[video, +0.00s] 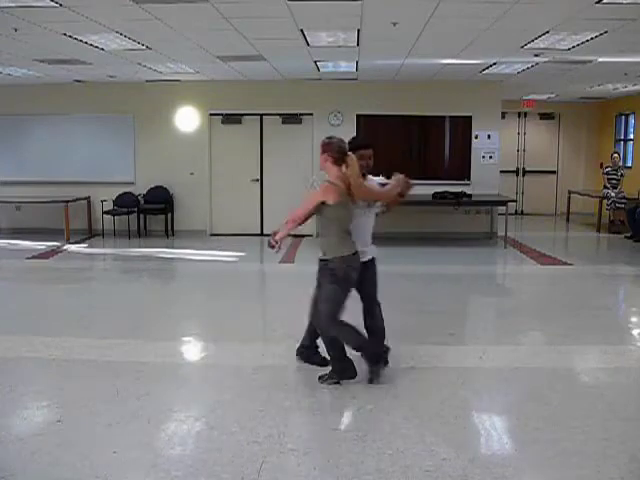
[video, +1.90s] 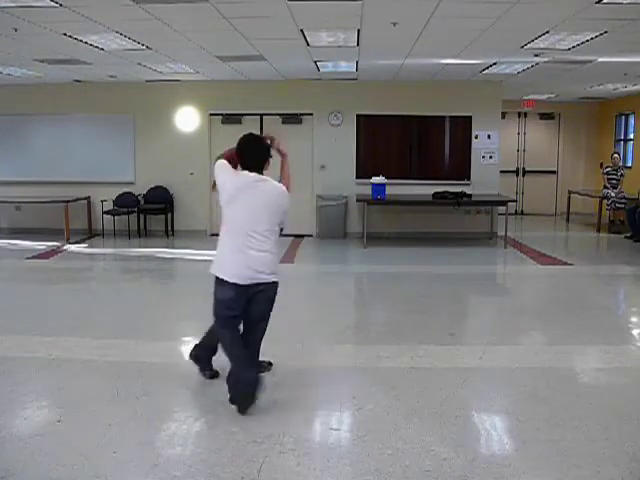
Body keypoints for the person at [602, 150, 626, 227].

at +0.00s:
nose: (615, 160)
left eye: (616, 158)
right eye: (613, 158)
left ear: (619, 159)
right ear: (611, 160)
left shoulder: (621, 170)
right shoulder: (606, 169)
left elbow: (621, 183)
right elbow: (605, 182)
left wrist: (617, 190)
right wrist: (611, 189)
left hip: (617, 188)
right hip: (608, 188)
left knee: (622, 196)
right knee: (611, 196)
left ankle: (621, 216)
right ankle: (611, 216)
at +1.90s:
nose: (615, 160)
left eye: (617, 158)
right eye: (613, 158)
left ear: (619, 160)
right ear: (611, 160)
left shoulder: (621, 170)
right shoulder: (606, 169)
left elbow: (621, 183)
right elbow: (605, 182)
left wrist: (617, 190)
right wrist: (611, 190)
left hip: (617, 188)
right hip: (608, 188)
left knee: (622, 196)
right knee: (611, 196)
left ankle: (621, 217)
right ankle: (611, 216)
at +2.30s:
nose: (615, 160)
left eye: (617, 158)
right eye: (613, 158)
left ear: (619, 160)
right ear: (611, 160)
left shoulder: (621, 170)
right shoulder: (606, 169)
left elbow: (621, 183)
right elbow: (605, 182)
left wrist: (617, 190)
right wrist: (611, 189)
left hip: (617, 188)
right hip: (608, 187)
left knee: (622, 196)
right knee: (611, 196)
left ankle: (621, 216)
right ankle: (611, 216)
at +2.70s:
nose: (615, 160)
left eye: (617, 158)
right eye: (613, 158)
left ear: (619, 160)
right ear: (611, 160)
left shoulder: (621, 170)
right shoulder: (606, 169)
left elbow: (621, 183)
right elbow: (605, 182)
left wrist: (617, 190)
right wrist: (611, 189)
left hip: (617, 188)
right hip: (608, 187)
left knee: (622, 196)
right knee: (611, 196)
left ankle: (621, 216)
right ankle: (611, 216)